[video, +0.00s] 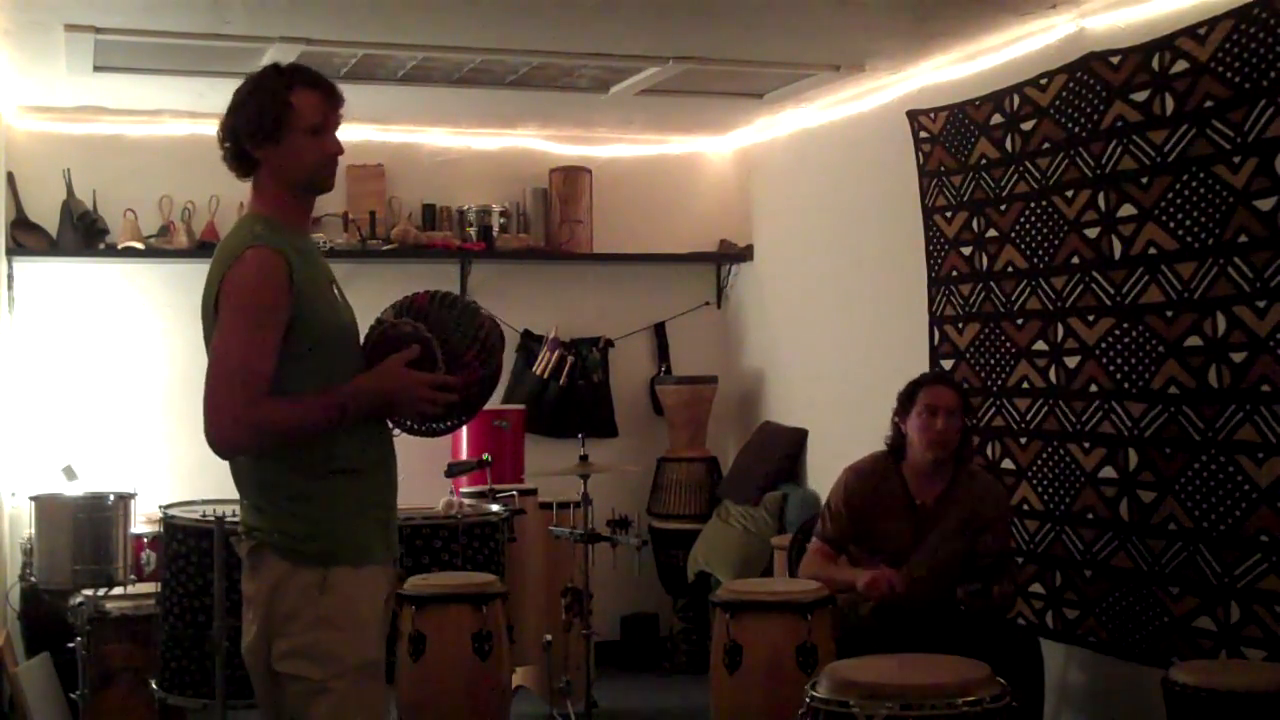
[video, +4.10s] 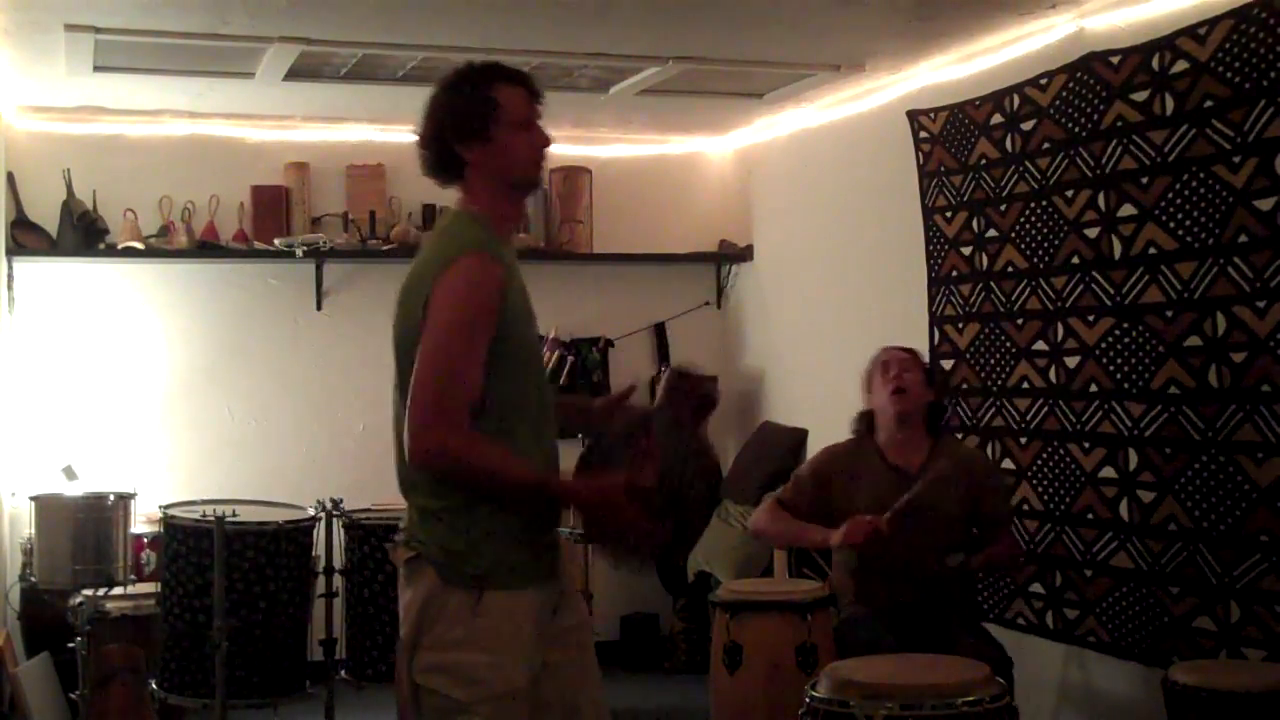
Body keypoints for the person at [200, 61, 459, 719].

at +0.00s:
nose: (338, 146)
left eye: (336, 130)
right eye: (321, 131)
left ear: (273, 145)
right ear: (266, 143)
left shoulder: (296, 251)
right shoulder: (260, 256)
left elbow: (300, 393)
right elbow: (231, 425)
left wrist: (380, 369)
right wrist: (369, 395)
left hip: (340, 559)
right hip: (310, 566)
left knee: (350, 705)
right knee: (328, 707)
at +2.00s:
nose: (322, 155)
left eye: (320, 141)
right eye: (304, 142)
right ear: (250, 156)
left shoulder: (270, 259)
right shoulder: (240, 258)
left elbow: (275, 403)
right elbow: (196, 407)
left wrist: (365, 386)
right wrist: (348, 406)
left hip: (303, 554)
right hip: (288, 561)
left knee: (295, 707)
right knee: (338, 706)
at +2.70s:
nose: (388, 134)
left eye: (379, 120)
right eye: (367, 124)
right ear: (318, 152)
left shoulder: (353, 255)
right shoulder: (312, 260)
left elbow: (353, 413)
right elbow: (257, 421)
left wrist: (448, 440)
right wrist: (407, 477)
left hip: (354, 562)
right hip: (325, 571)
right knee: (362, 707)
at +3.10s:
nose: (476, 129)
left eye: (469, 114)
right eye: (456, 117)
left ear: (412, 141)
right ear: (401, 140)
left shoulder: (444, 244)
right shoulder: (360, 258)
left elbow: (428, 394)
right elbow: (288, 421)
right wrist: (447, 460)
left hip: (423, 556)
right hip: (367, 568)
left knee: (426, 708)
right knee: (383, 711)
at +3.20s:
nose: (484, 125)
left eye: (476, 111)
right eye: (462, 114)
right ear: (408, 140)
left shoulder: (444, 243)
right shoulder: (371, 267)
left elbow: (436, 377)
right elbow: (341, 445)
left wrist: (536, 356)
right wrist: (498, 426)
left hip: (431, 555)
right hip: (377, 569)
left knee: (437, 705)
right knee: (393, 709)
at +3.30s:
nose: (485, 119)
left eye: (478, 106)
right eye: (465, 108)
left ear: (423, 138)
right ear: (409, 135)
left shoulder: (430, 244)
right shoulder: (394, 255)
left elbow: (454, 358)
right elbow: (409, 444)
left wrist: (563, 348)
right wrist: (566, 416)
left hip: (438, 559)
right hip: (390, 572)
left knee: (474, 702)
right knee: (412, 709)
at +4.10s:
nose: (545, 136)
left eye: (539, 122)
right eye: (525, 124)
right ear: (472, 144)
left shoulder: (487, 255)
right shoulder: (471, 263)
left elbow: (499, 403)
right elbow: (434, 438)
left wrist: (594, 414)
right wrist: (577, 492)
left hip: (527, 570)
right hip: (472, 581)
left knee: (575, 713)